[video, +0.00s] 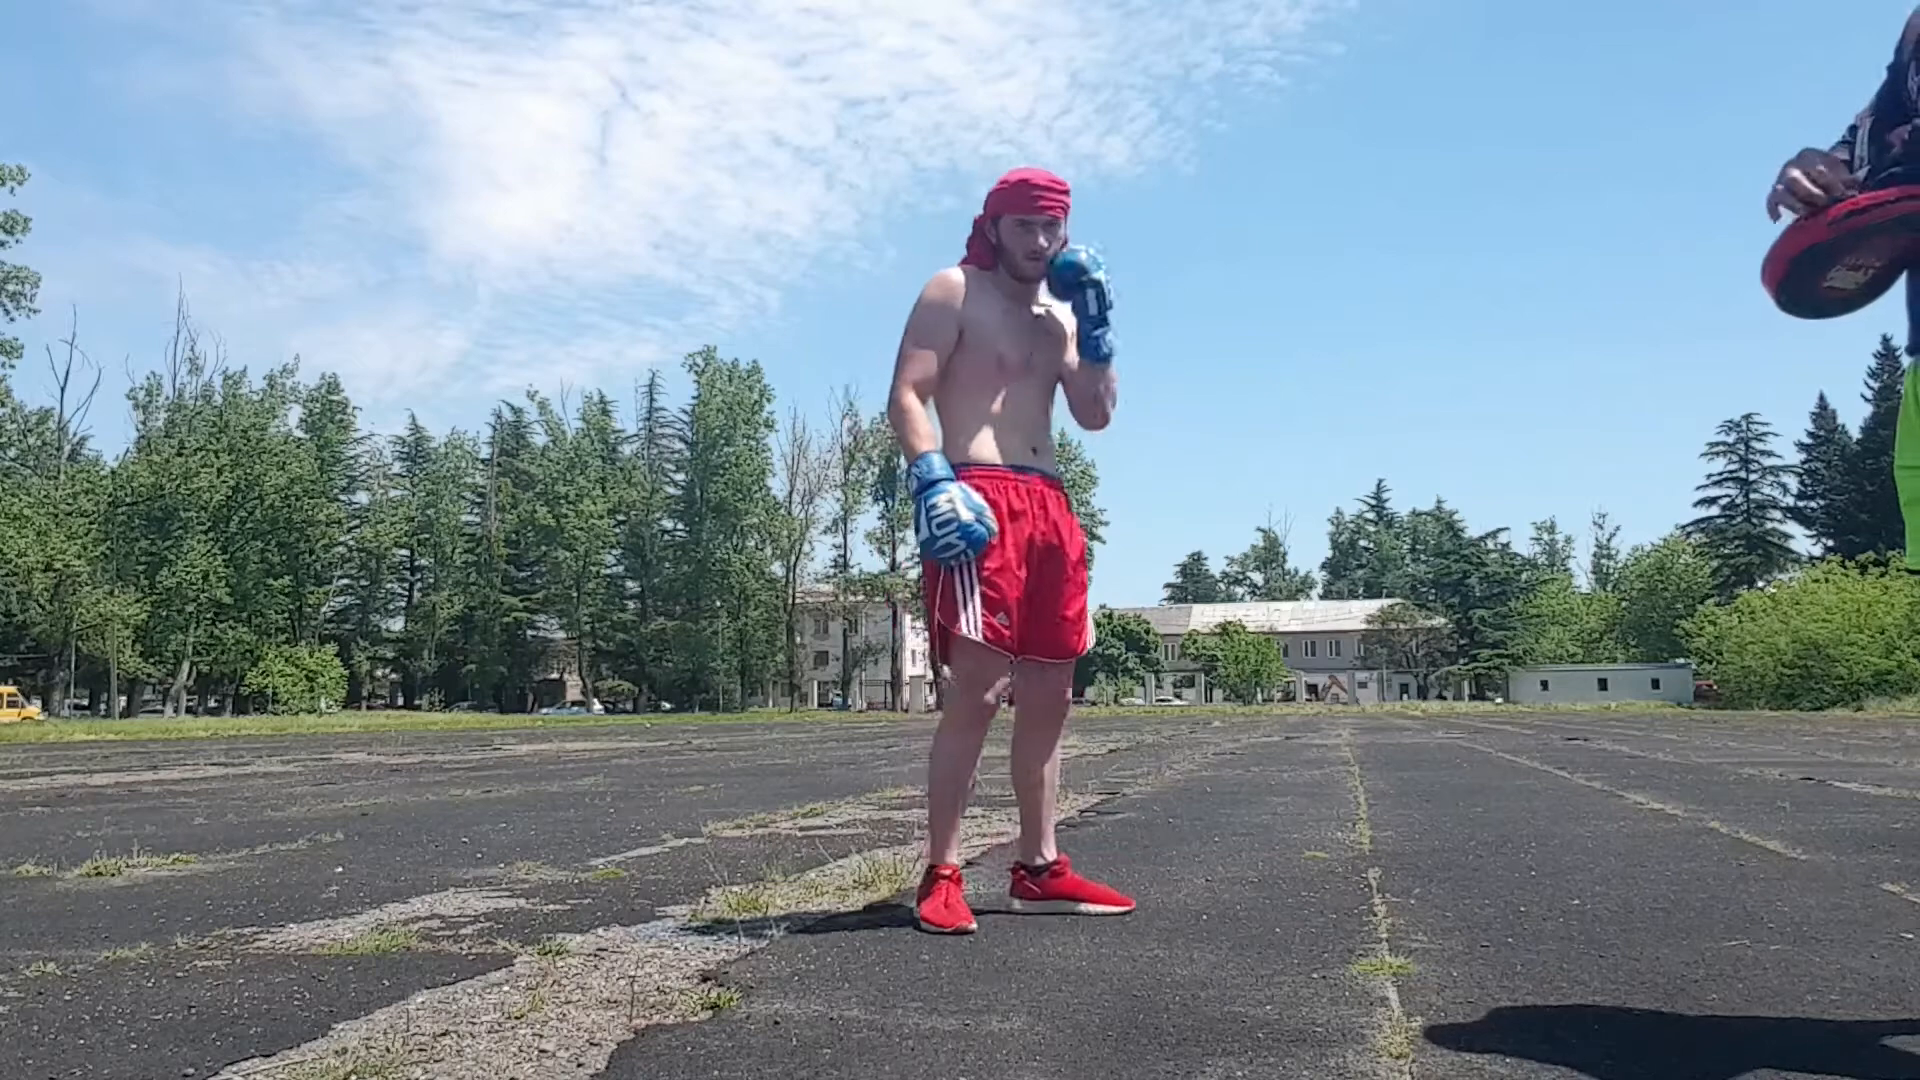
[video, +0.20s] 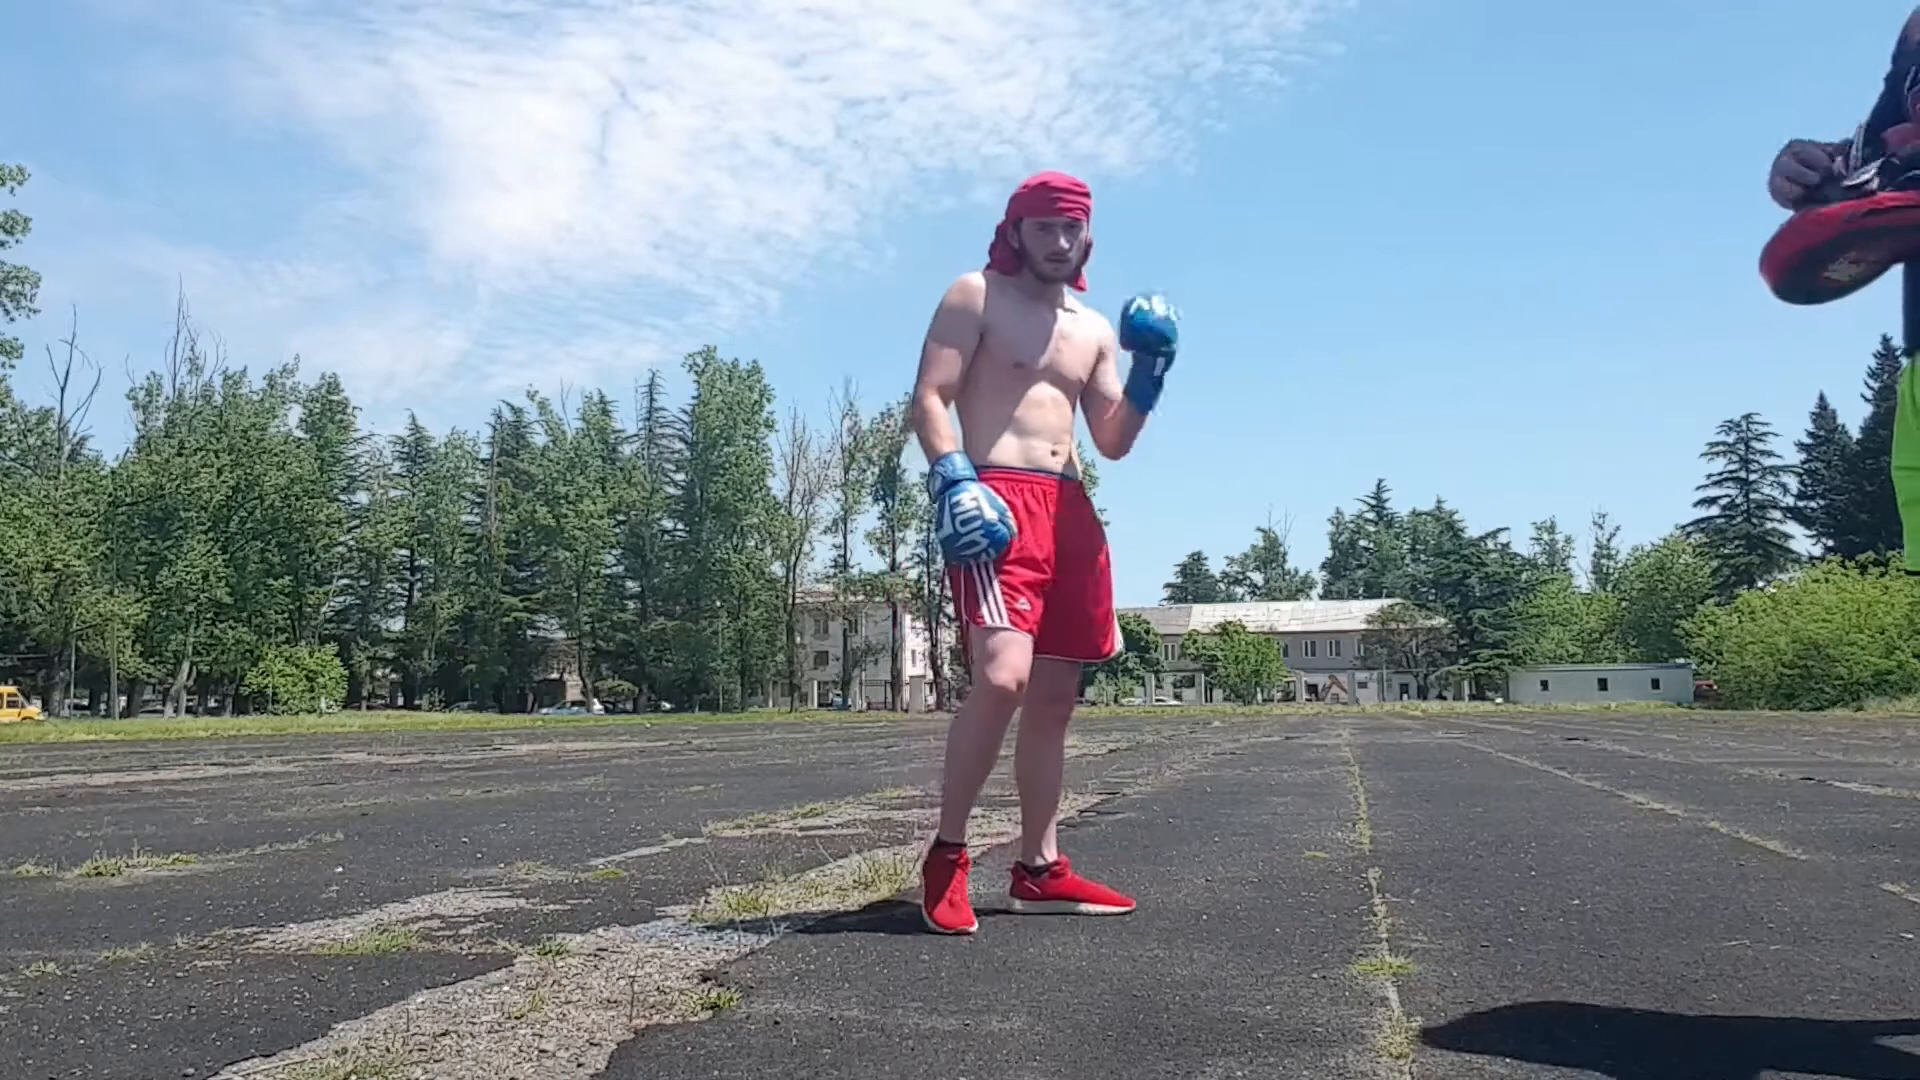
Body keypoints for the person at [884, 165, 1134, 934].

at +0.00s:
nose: (1043, 239)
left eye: (1053, 227)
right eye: (1028, 225)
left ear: (1064, 235)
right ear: (992, 228)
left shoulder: (1060, 316)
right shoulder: (954, 291)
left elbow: (1094, 414)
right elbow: (908, 395)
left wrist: (1095, 323)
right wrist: (932, 481)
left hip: (1048, 511)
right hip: (976, 505)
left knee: (1048, 692)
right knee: (977, 691)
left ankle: (1039, 865)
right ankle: (942, 871)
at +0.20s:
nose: (1062, 239)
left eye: (1074, 227)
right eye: (1047, 226)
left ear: (1089, 238)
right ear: (1016, 233)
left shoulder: (1095, 329)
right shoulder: (977, 294)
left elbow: (1115, 439)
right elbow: (932, 396)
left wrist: (1151, 367)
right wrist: (956, 482)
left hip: (1067, 509)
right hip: (993, 497)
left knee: (1056, 694)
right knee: (1004, 679)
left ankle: (1039, 864)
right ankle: (947, 858)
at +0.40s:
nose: (1064, 234)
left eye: (1077, 223)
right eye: (1049, 220)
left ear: (1095, 235)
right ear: (1022, 229)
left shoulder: (1104, 329)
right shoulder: (985, 292)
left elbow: (1123, 431)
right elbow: (938, 393)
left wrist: (1157, 487)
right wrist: (952, 483)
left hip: (1077, 509)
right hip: (1000, 497)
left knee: (1057, 699)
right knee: (1007, 681)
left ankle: (1039, 869)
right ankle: (957, 871)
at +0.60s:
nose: (1050, 221)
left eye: (1065, 211)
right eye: (1036, 209)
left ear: (1085, 228)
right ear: (1009, 221)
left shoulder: (1092, 321)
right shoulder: (977, 288)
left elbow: (1103, 425)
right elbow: (932, 393)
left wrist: (1119, 510)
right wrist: (948, 493)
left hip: (1068, 511)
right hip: (994, 502)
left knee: (1052, 704)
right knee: (991, 699)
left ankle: (1039, 868)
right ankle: (964, 887)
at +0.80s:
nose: (1036, 212)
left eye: (1051, 202)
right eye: (1020, 199)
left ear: (1066, 217)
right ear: (992, 210)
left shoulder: (1067, 312)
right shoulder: (959, 278)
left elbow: (1058, 430)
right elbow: (914, 387)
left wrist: (1112, 431)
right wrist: (939, 488)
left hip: (1047, 503)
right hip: (974, 496)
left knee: (1050, 697)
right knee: (967, 697)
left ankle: (1041, 866)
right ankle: (963, 886)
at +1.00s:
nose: (1030, 209)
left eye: (1041, 198)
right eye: (1013, 195)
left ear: (1051, 210)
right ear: (979, 202)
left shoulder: (1047, 303)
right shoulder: (944, 268)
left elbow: (1071, 404)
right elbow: (903, 378)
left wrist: (1117, 322)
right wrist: (932, 485)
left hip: (1022, 497)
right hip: (955, 492)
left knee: (1037, 687)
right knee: (958, 688)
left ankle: (1041, 859)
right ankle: (962, 885)